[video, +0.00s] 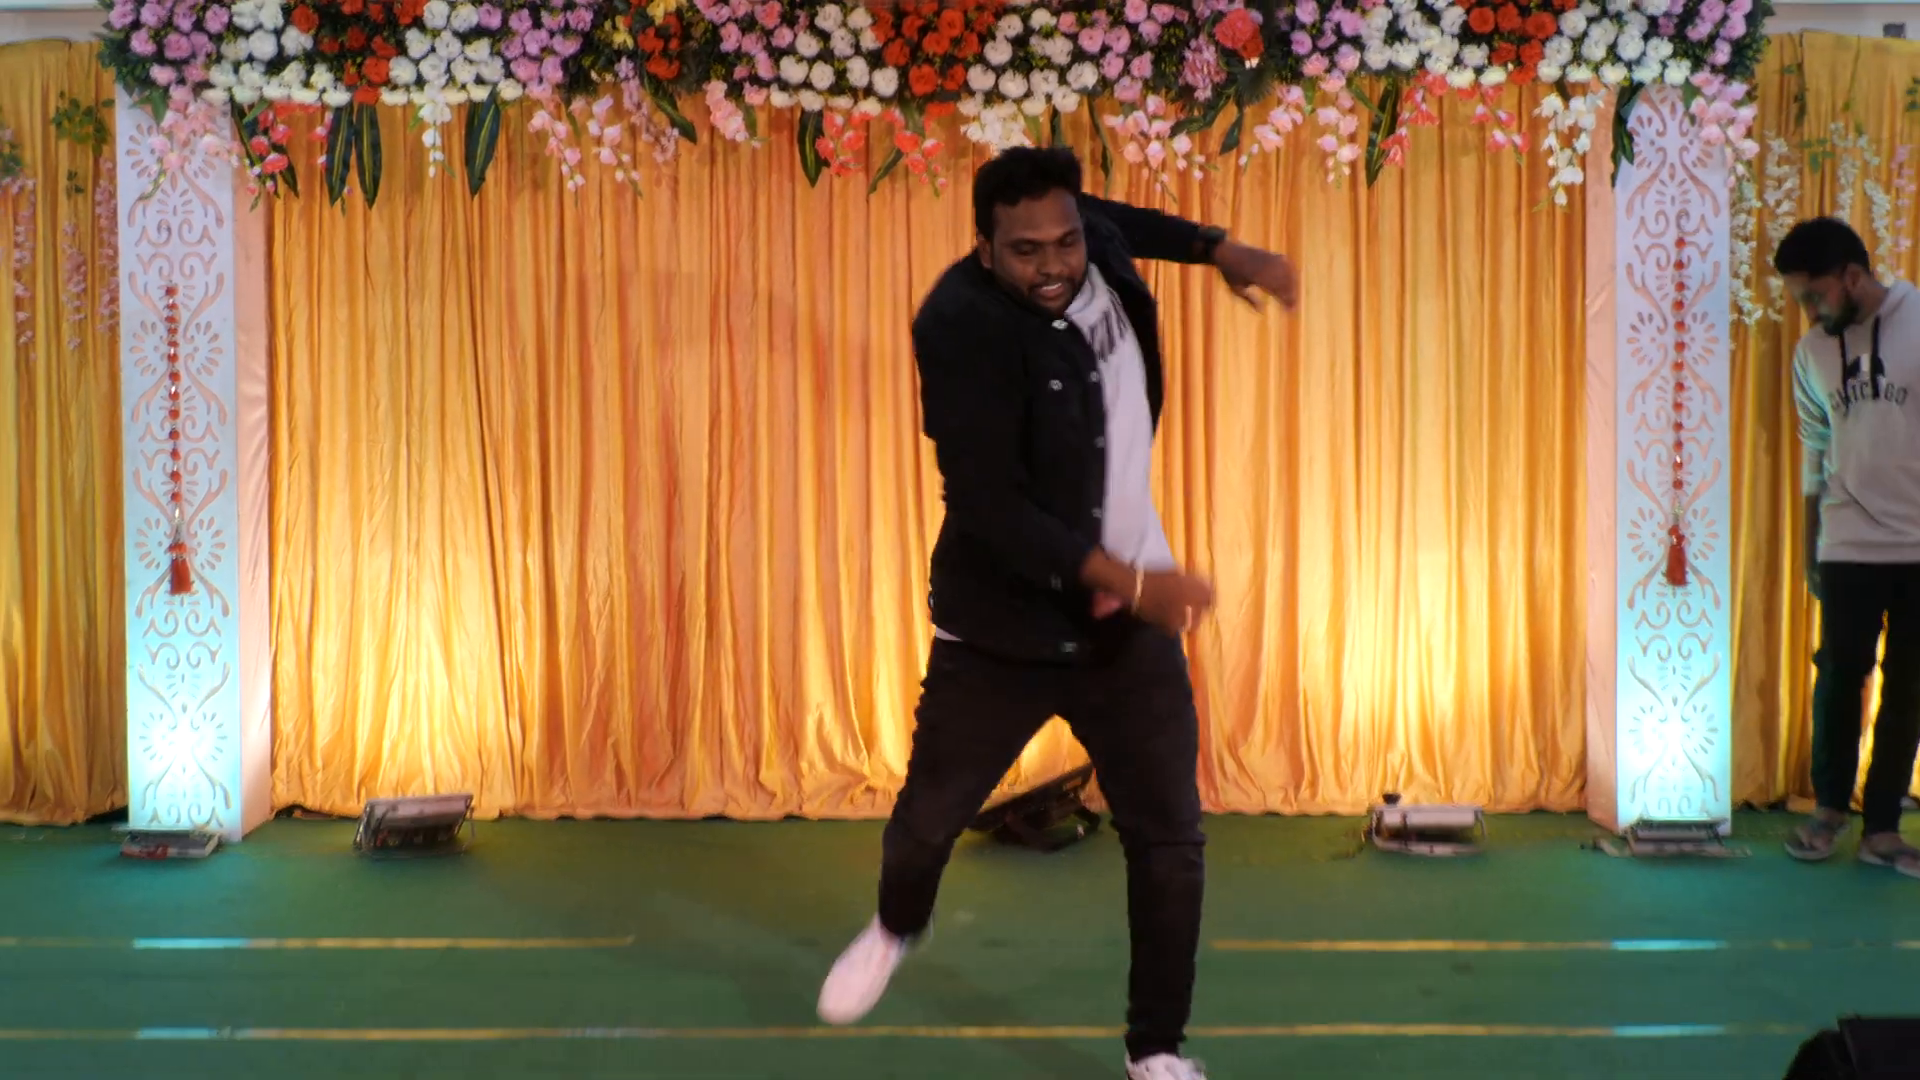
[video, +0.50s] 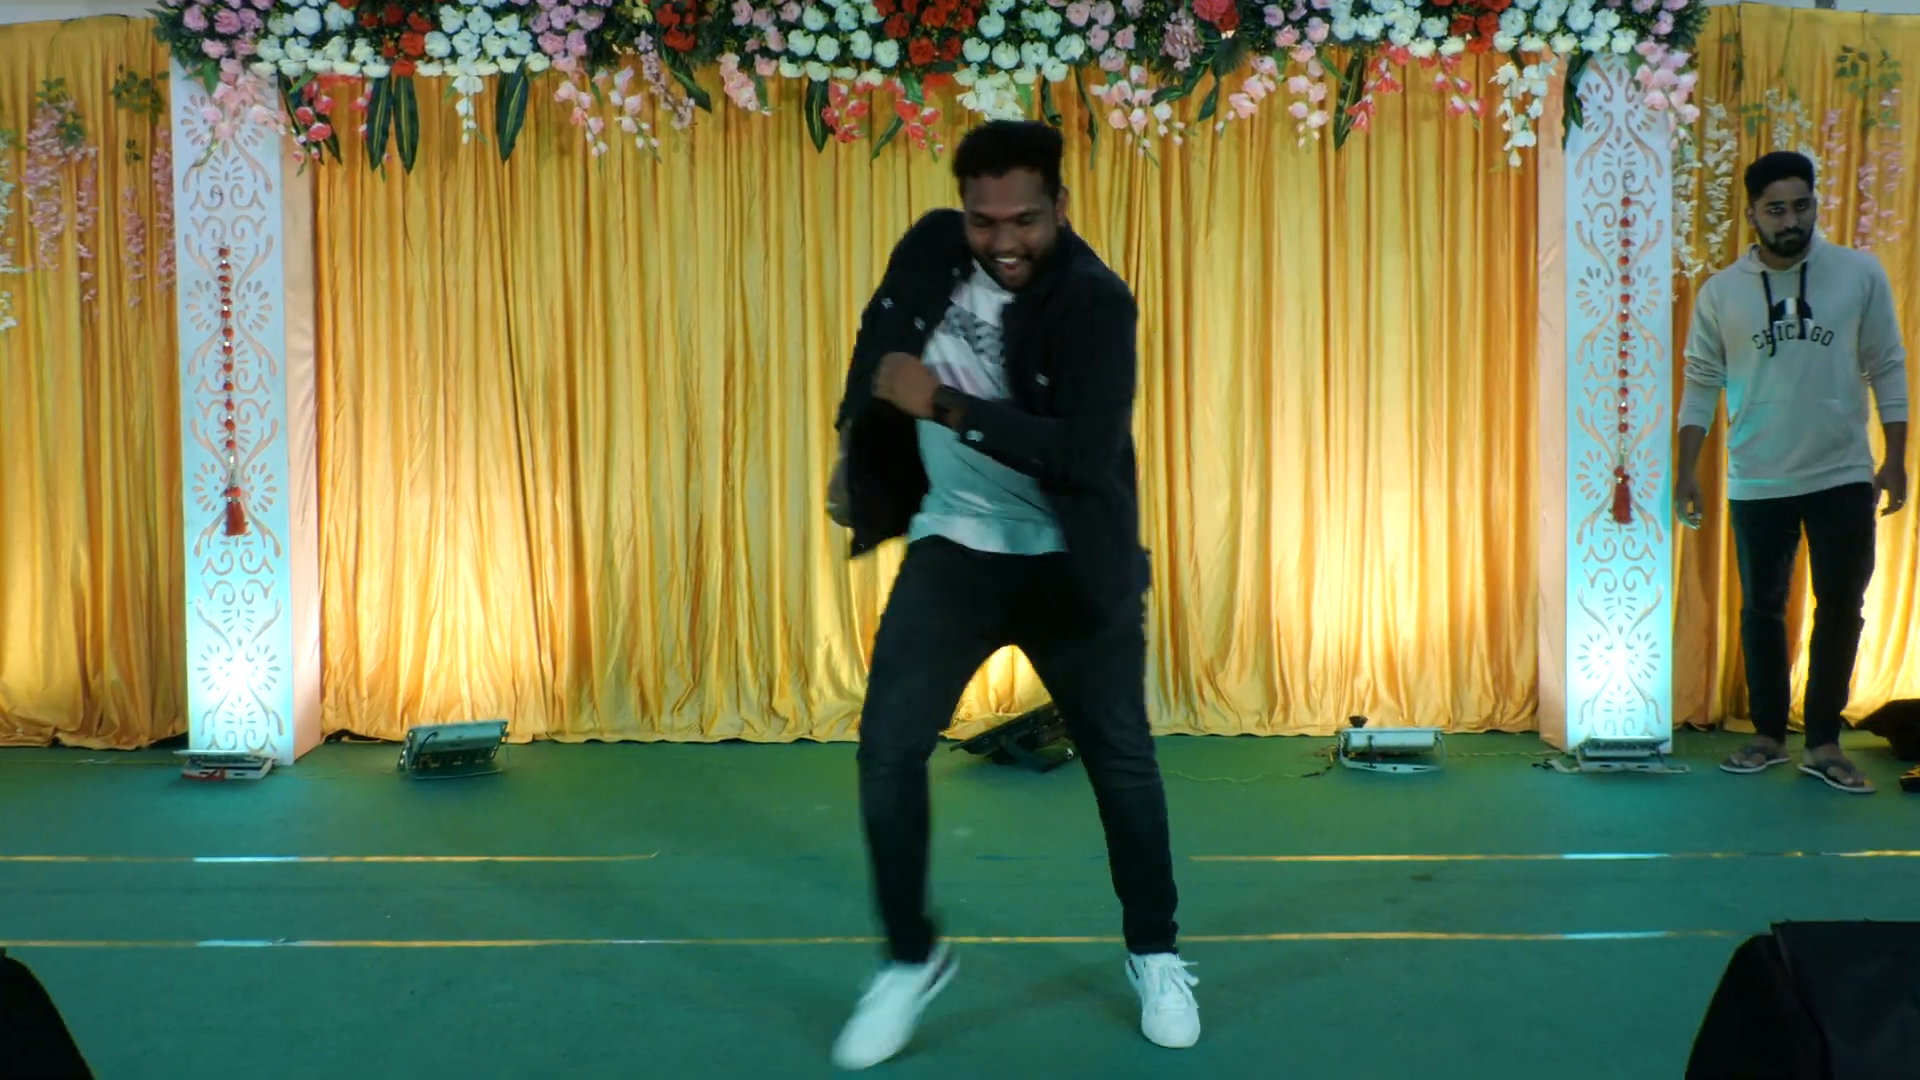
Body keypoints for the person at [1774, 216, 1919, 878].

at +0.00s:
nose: (1809, 310)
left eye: (1815, 294)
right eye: (1802, 298)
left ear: (1853, 272)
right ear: (1813, 289)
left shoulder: (1913, 318)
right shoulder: (1814, 352)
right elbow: (1815, 454)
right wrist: (1813, 550)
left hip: (1916, 546)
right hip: (1847, 544)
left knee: (1908, 691)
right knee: (1840, 679)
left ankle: (1882, 828)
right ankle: (1830, 810)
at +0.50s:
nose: (1790, 217)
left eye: (1800, 205)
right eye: (1776, 207)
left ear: (1815, 206)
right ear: (1752, 213)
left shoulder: (1861, 276)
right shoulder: (1720, 293)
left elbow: (1888, 369)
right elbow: (1700, 383)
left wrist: (1897, 458)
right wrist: (1687, 469)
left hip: (1842, 472)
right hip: (1758, 478)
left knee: (1841, 608)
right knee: (1764, 606)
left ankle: (1824, 743)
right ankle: (1768, 736)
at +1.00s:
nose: (1792, 223)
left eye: (1805, 213)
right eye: (1780, 213)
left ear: (1827, 219)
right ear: (1764, 221)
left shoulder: (1868, 289)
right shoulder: (1730, 298)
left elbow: (1890, 381)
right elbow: (1707, 388)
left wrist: (1894, 470)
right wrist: (1694, 474)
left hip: (1837, 485)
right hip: (1755, 486)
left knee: (1831, 619)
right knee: (1754, 616)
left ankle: (1827, 741)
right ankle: (1751, 741)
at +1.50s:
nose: (1810, 228)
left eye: (1825, 218)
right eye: (1801, 217)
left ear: (1852, 224)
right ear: (1790, 223)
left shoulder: (1891, 300)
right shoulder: (1755, 301)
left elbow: (1908, 394)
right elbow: (1731, 389)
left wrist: (1903, 481)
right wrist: (1721, 471)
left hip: (1851, 491)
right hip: (1769, 488)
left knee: (1837, 625)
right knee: (1750, 621)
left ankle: (1823, 745)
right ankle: (1732, 745)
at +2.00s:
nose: (1810, 229)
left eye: (1824, 219)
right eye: (1799, 218)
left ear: (1848, 226)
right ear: (1787, 226)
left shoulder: (1886, 304)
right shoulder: (1751, 304)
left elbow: (1905, 398)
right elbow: (1723, 390)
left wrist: (1904, 483)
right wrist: (1707, 474)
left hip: (1846, 495)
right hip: (1764, 493)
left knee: (1833, 626)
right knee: (1747, 621)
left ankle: (1822, 748)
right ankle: (1730, 749)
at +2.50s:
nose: (1809, 235)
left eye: (1823, 225)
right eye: (1798, 224)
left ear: (1845, 234)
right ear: (1784, 231)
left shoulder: (1878, 309)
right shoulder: (1747, 309)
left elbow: (1896, 404)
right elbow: (1721, 397)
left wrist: (1894, 490)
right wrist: (1714, 482)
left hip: (1840, 499)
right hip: (1760, 497)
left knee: (1826, 629)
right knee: (1740, 623)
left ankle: (1812, 750)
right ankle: (1722, 751)